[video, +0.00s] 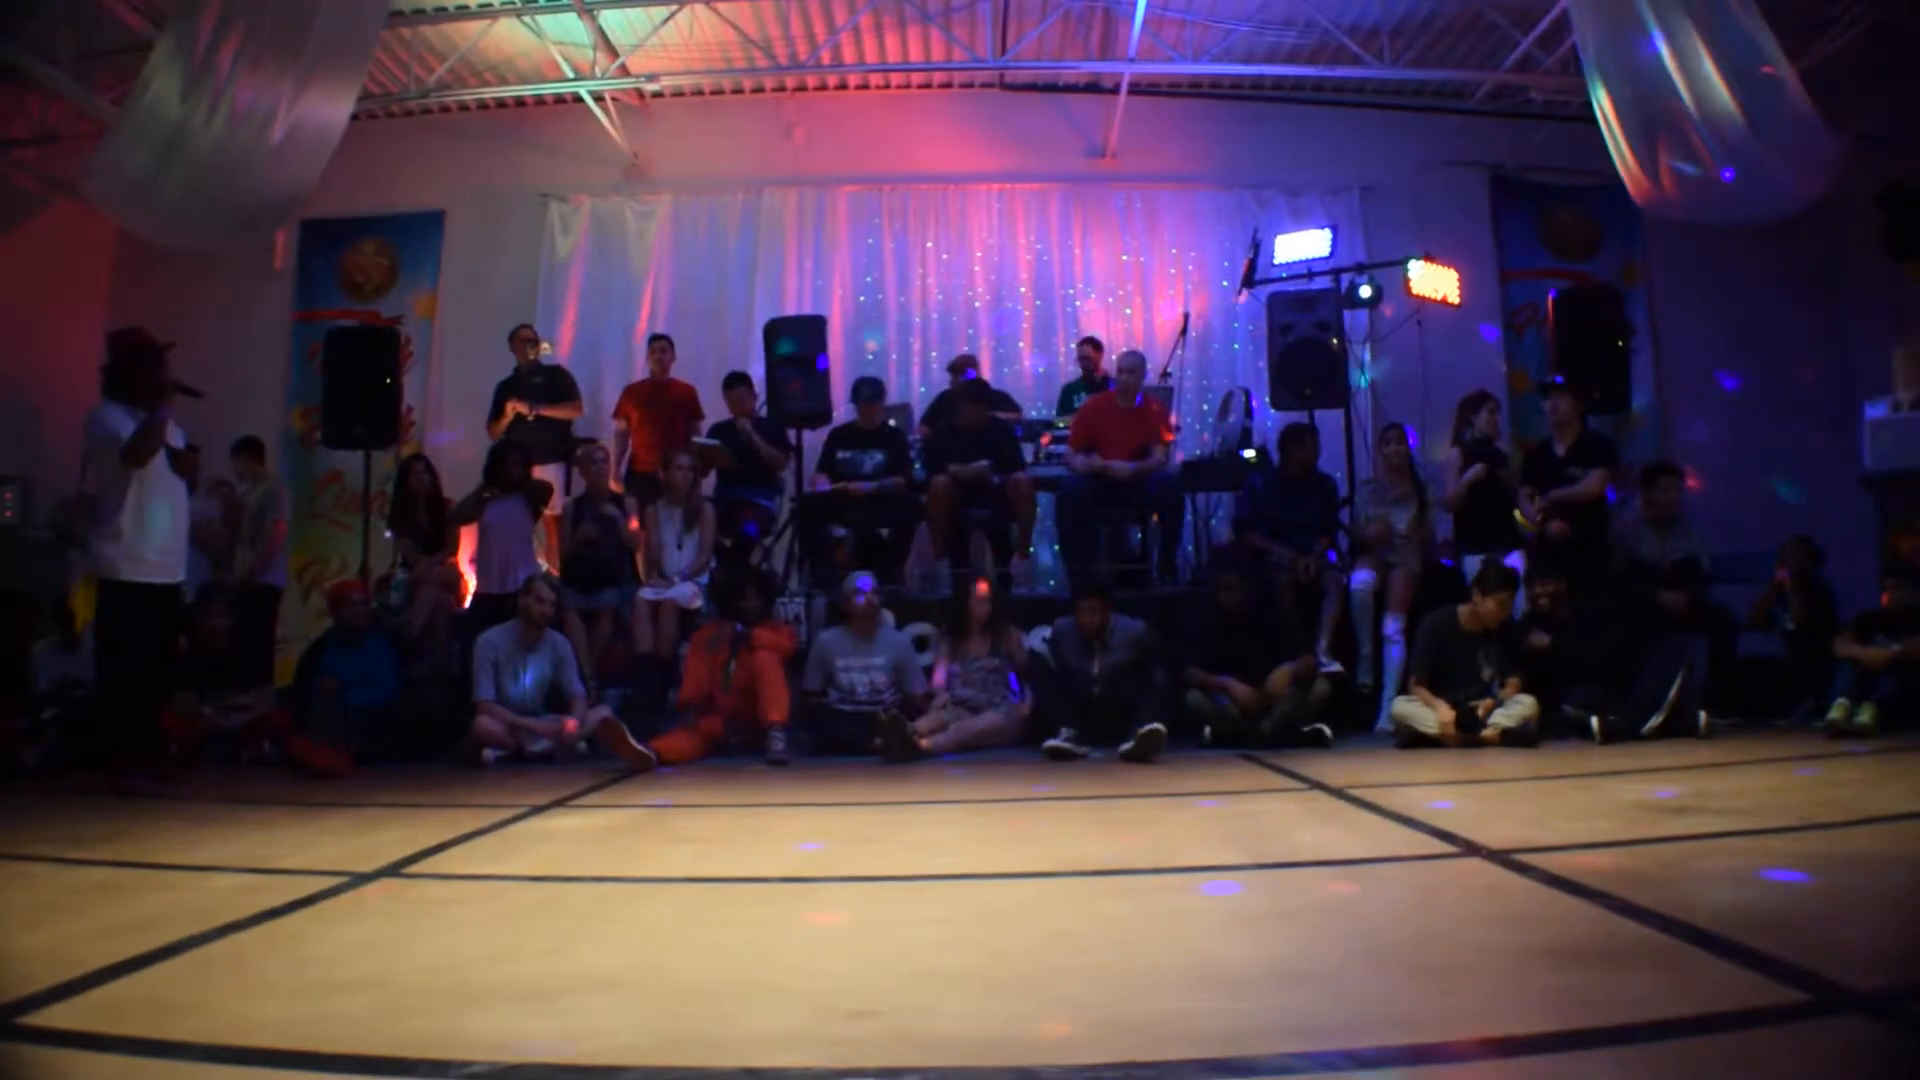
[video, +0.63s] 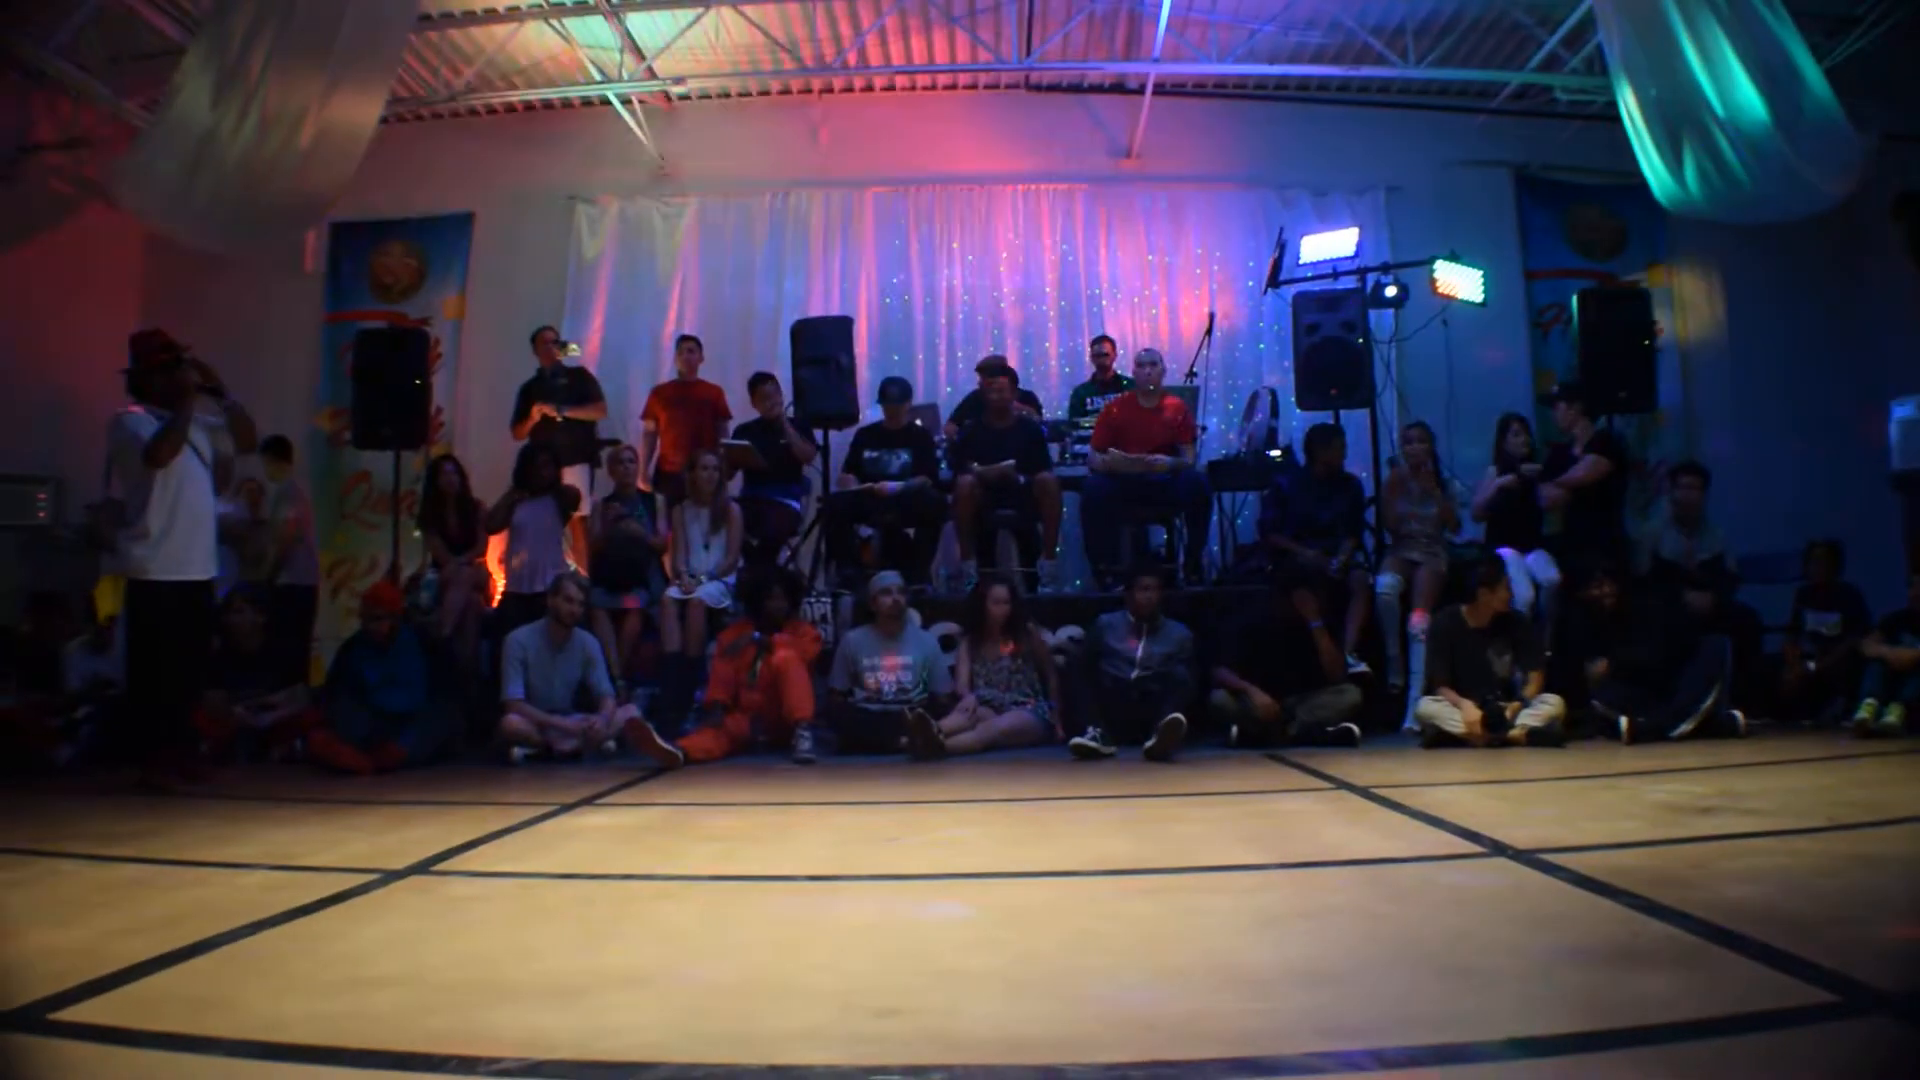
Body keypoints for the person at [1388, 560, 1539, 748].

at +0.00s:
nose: (1505, 613)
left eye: (1508, 605)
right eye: (1499, 604)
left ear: (1512, 602)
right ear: (1477, 596)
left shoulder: (1505, 630)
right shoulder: (1438, 625)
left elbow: (1514, 682)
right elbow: (1416, 685)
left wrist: (1493, 702)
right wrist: (1441, 708)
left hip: (1485, 700)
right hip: (1444, 703)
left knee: (1528, 704)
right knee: (1400, 707)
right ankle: (1485, 736)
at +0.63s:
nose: (1510, 595)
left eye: (1509, 588)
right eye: (1505, 588)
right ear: (1483, 594)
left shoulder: (1515, 622)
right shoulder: (1446, 624)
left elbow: (1535, 676)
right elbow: (1440, 685)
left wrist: (1518, 704)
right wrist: (1465, 706)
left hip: (1506, 703)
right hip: (1465, 705)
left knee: (1555, 703)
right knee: (1425, 707)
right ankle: (1513, 736)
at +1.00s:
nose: (1516, 597)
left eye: (1515, 590)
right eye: (1511, 590)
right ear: (1490, 593)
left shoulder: (1518, 625)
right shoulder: (1449, 624)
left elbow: (1535, 680)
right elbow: (1437, 685)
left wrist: (1515, 705)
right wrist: (1464, 706)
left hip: (1507, 702)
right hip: (1466, 704)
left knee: (1553, 704)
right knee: (1424, 707)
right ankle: (1512, 737)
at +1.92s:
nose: (1496, 601)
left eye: (1495, 594)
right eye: (1490, 594)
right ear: (1466, 599)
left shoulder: (1505, 630)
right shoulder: (1434, 629)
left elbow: (1529, 683)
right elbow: (1422, 688)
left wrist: (1509, 707)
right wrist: (1456, 708)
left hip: (1499, 706)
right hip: (1456, 708)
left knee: (1545, 707)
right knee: (1418, 711)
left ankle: (1460, 743)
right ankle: (1506, 739)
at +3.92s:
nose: (1499, 612)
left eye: (1505, 606)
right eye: (1494, 603)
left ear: (1511, 606)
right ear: (1472, 596)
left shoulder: (1510, 630)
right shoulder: (1438, 629)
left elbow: (1528, 686)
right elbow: (1423, 690)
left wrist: (1509, 707)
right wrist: (1457, 707)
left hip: (1499, 708)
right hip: (1457, 711)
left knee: (1547, 707)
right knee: (1418, 711)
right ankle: (1506, 739)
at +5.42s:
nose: (1507, 601)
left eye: (1507, 594)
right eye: (1501, 594)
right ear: (1476, 597)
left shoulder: (1512, 628)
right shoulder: (1438, 629)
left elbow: (1528, 686)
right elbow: (1423, 689)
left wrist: (1511, 706)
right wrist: (1456, 707)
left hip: (1500, 706)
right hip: (1456, 708)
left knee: (1546, 708)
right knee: (1418, 711)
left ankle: (1470, 742)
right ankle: (1504, 740)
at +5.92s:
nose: (1504, 599)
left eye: (1507, 592)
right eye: (1496, 591)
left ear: (1511, 595)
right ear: (1473, 593)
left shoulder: (1514, 628)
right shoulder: (1442, 628)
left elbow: (1529, 684)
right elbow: (1424, 689)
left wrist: (1510, 706)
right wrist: (1456, 708)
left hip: (1500, 705)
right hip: (1457, 706)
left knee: (1546, 707)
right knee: (1418, 711)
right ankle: (1503, 740)